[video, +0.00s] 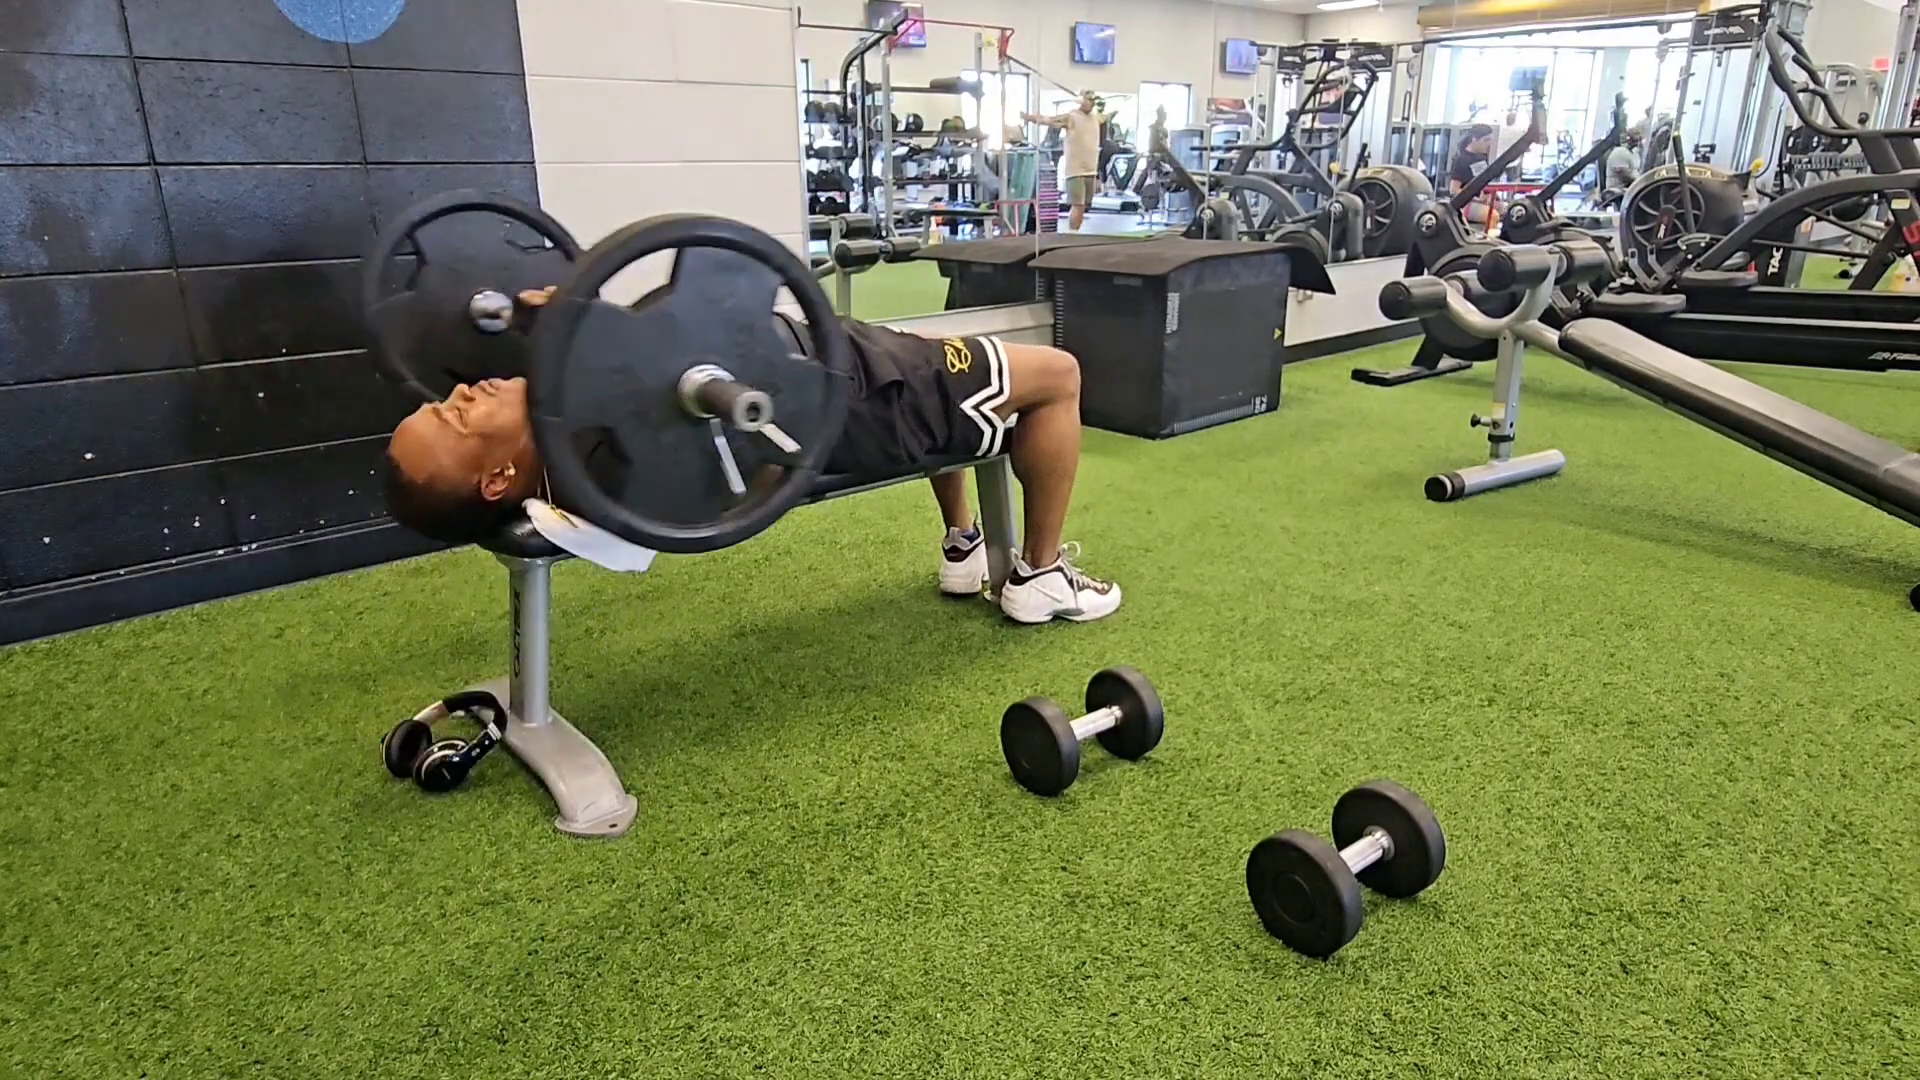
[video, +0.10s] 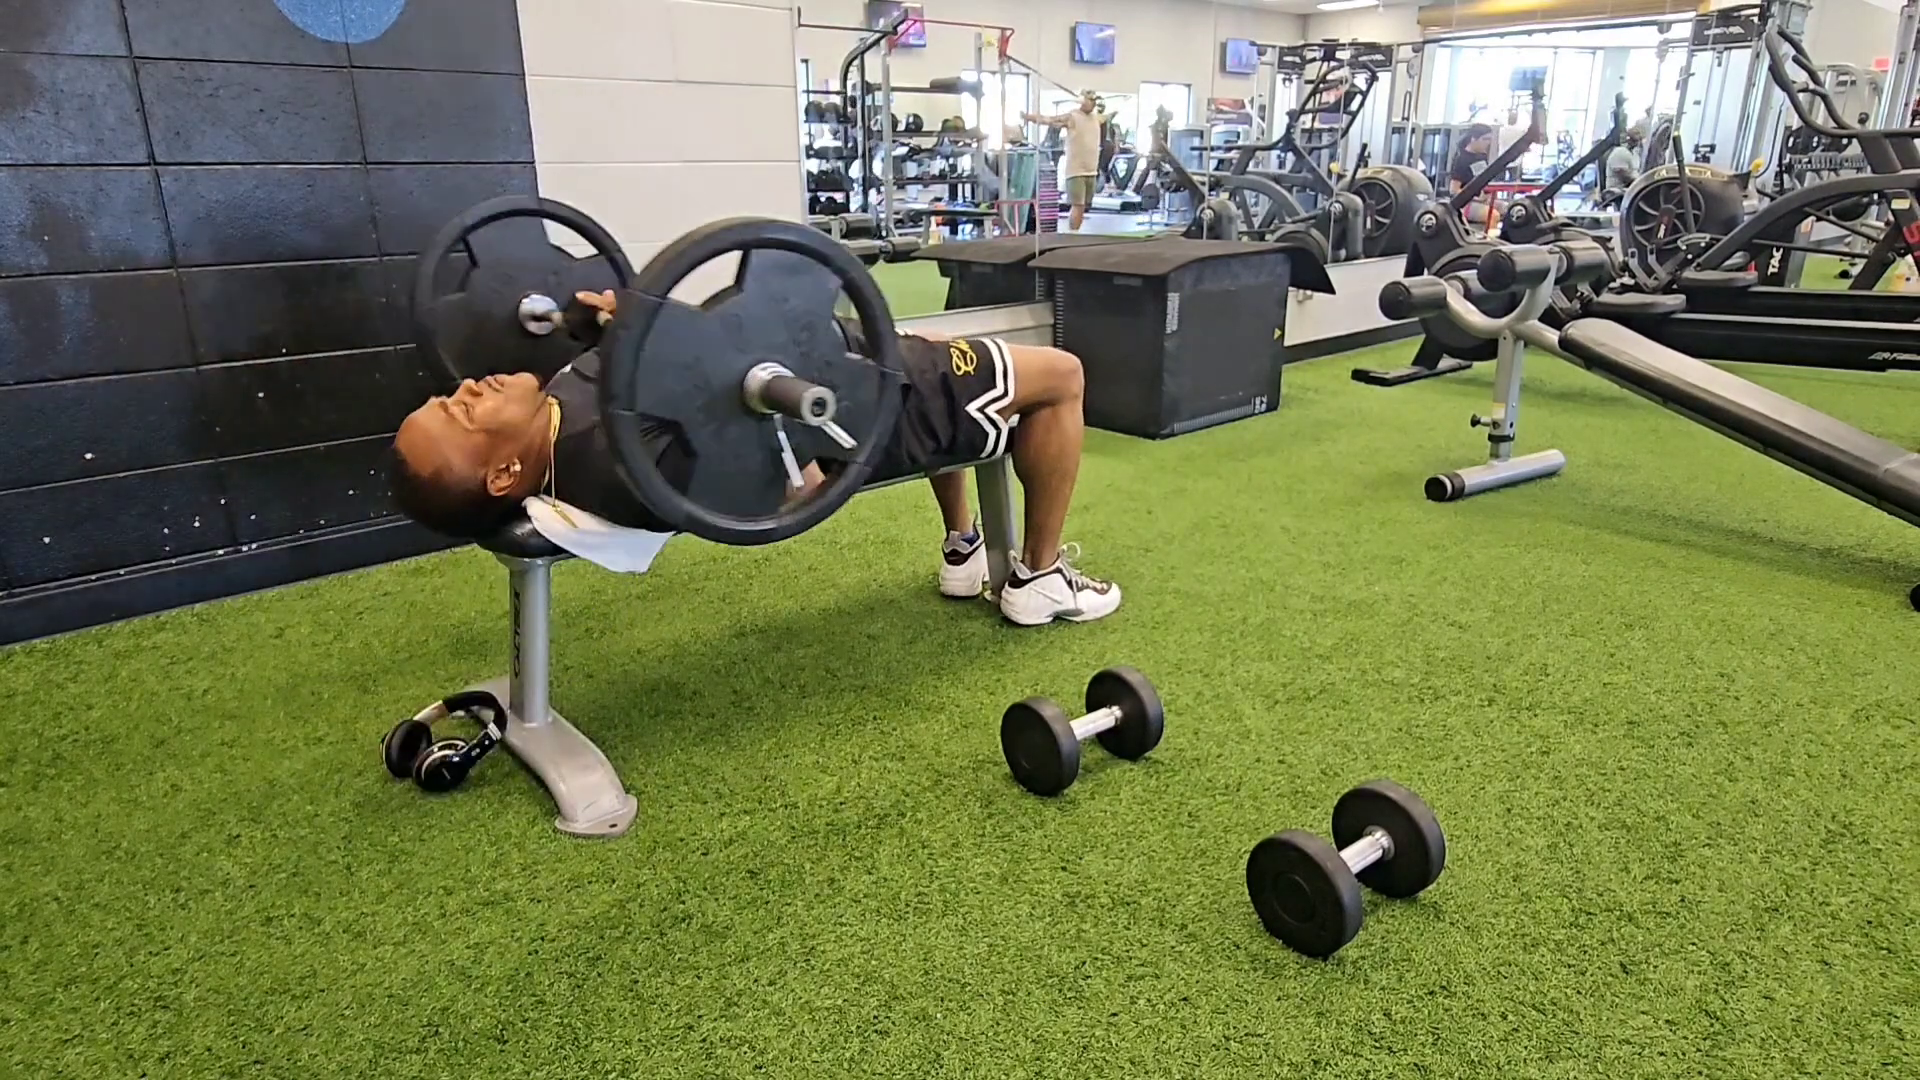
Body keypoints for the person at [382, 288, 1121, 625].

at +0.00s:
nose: (471, 385)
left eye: (451, 398)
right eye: (464, 412)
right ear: (502, 478)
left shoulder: (545, 398)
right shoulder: (589, 462)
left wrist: (553, 316)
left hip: (789, 361)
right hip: (835, 412)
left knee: (938, 341)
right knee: (1058, 375)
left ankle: (965, 543)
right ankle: (1043, 574)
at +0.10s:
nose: (473, 381)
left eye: (452, 392)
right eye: (464, 409)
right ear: (508, 476)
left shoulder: (544, 393)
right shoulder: (609, 468)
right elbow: (724, 495)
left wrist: (610, 317)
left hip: (781, 373)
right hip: (849, 422)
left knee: (938, 340)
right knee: (1061, 375)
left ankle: (964, 544)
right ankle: (1041, 577)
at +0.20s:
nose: (473, 375)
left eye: (451, 387)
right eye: (464, 403)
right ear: (510, 472)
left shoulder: (555, 399)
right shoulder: (628, 463)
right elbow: (763, 458)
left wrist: (629, 330)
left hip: (786, 373)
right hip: (839, 430)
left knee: (930, 345)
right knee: (1065, 379)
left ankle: (965, 546)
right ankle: (1039, 578)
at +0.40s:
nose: (471, 375)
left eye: (448, 388)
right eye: (462, 399)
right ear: (509, 468)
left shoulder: (553, 394)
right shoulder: (606, 467)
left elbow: (617, 330)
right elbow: (728, 453)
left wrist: (618, 260)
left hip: (784, 370)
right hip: (826, 421)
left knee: (939, 353)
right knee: (1060, 380)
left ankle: (967, 549)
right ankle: (1036, 576)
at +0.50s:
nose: (467, 377)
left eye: (445, 392)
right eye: (457, 405)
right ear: (505, 473)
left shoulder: (545, 395)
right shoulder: (608, 460)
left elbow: (575, 313)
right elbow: (715, 371)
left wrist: (585, 204)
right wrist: (719, 221)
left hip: (804, 358)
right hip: (844, 401)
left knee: (937, 349)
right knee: (1060, 380)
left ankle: (965, 546)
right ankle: (1039, 578)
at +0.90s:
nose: (472, 381)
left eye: (449, 393)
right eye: (461, 409)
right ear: (505, 482)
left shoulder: (555, 408)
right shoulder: (613, 469)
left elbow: (598, 348)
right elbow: (737, 436)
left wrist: (592, 252)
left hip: (797, 373)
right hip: (843, 412)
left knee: (931, 349)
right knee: (1059, 379)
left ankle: (967, 549)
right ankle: (1037, 578)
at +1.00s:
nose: (477, 376)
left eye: (455, 393)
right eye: (469, 404)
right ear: (513, 472)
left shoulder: (558, 393)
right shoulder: (612, 473)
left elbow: (653, 354)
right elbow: (757, 479)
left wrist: (614, 301)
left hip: (776, 377)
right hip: (832, 427)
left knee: (938, 350)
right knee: (1064, 380)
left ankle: (965, 549)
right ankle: (1039, 577)